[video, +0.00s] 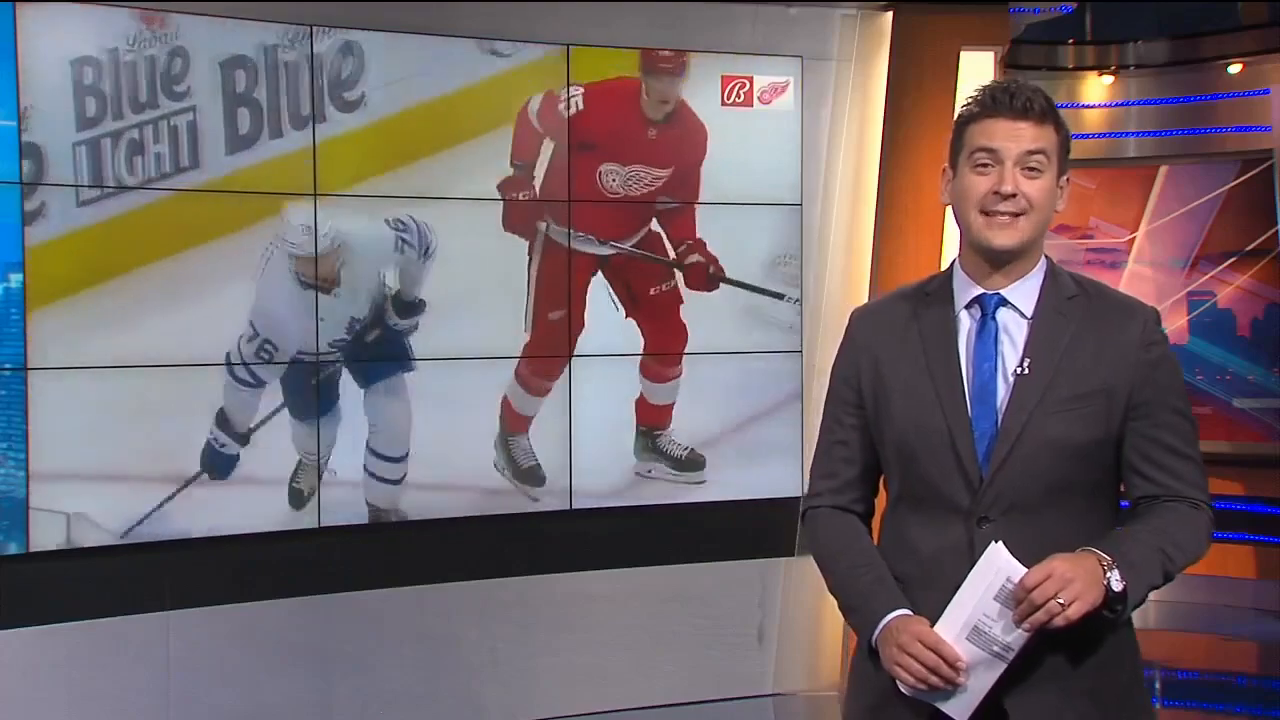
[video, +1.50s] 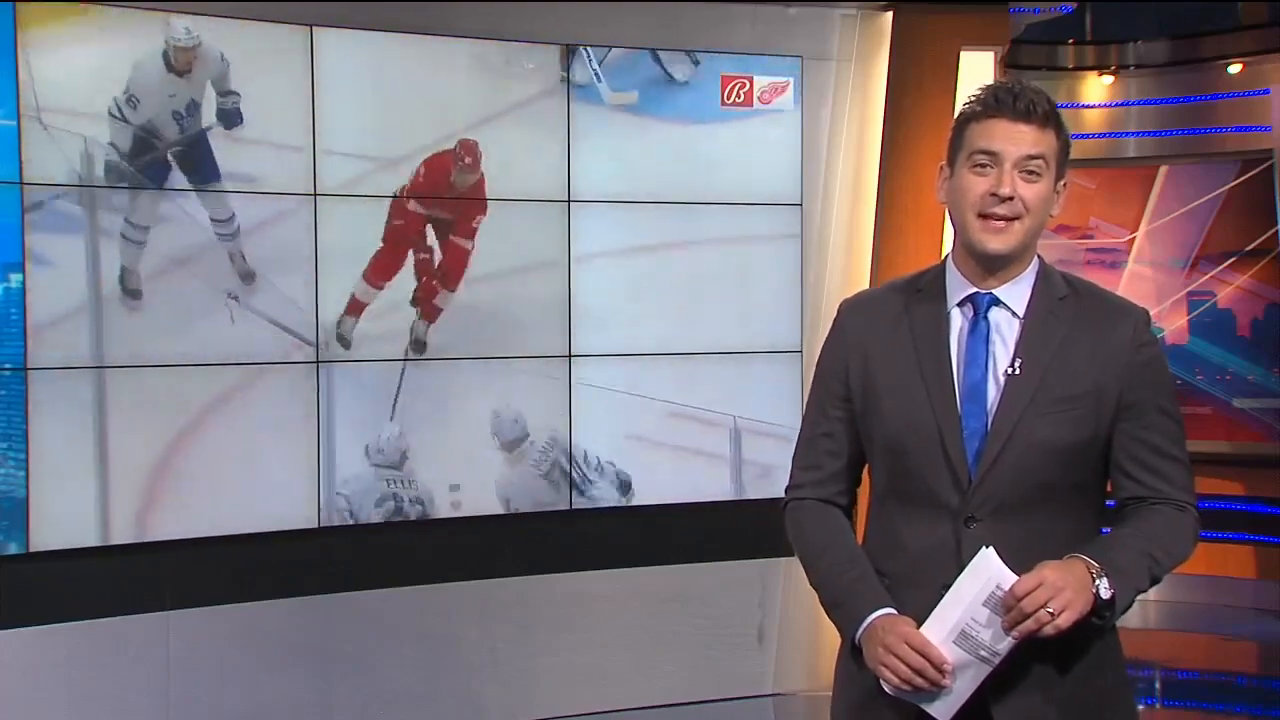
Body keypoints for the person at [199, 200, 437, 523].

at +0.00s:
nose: (318, 272)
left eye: (325, 258)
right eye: (307, 261)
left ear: (338, 248)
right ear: (291, 260)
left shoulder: (371, 242)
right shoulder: (277, 304)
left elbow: (421, 240)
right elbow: (244, 373)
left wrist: (407, 304)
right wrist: (225, 441)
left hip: (368, 331)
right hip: (306, 350)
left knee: (393, 416)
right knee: (312, 434)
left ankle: (383, 506)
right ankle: (312, 462)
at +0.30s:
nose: (178, 236)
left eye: (182, 224)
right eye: (167, 229)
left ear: (194, 218)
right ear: (151, 229)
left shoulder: (238, 225)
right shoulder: (135, 266)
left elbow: (292, 224)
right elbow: (127, 323)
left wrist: (287, 289)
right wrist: (122, 369)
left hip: (256, 306)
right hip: (188, 320)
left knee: (285, 394)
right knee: (185, 405)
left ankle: (301, 485)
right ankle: (213, 496)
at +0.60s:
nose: (138, 173)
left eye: (143, 161)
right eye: (128, 166)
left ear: (155, 156)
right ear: (116, 166)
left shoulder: (190, 168)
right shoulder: (105, 203)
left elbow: (234, 179)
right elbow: (99, 261)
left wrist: (223, 239)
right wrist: (93, 309)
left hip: (215, 252)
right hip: (159, 265)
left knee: (252, 335)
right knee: (150, 347)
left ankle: (294, 379)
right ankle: (175, 428)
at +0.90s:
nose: (200, 106)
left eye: (205, 97)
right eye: (193, 100)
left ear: (214, 93)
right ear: (182, 100)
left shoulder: (243, 105)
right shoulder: (168, 131)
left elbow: (273, 115)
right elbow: (160, 176)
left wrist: (271, 153)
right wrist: (155, 213)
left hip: (253, 176)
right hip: (204, 183)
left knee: (275, 245)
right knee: (190, 251)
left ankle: (296, 312)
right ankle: (192, 314)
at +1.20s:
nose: (207, 92)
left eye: (211, 85)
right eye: (200, 86)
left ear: (218, 82)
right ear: (189, 85)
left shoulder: (235, 93)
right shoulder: (171, 108)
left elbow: (257, 105)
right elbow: (156, 148)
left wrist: (260, 135)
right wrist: (150, 183)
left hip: (231, 160)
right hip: (186, 164)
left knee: (254, 219)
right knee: (173, 222)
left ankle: (276, 277)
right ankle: (157, 284)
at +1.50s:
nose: (189, 57)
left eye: (193, 50)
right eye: (183, 51)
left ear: (199, 47)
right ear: (169, 50)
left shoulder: (208, 58)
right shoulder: (148, 74)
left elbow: (222, 74)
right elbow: (120, 116)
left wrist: (228, 104)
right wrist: (117, 158)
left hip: (191, 135)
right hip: (150, 141)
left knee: (217, 197)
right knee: (144, 207)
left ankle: (237, 257)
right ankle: (130, 271)